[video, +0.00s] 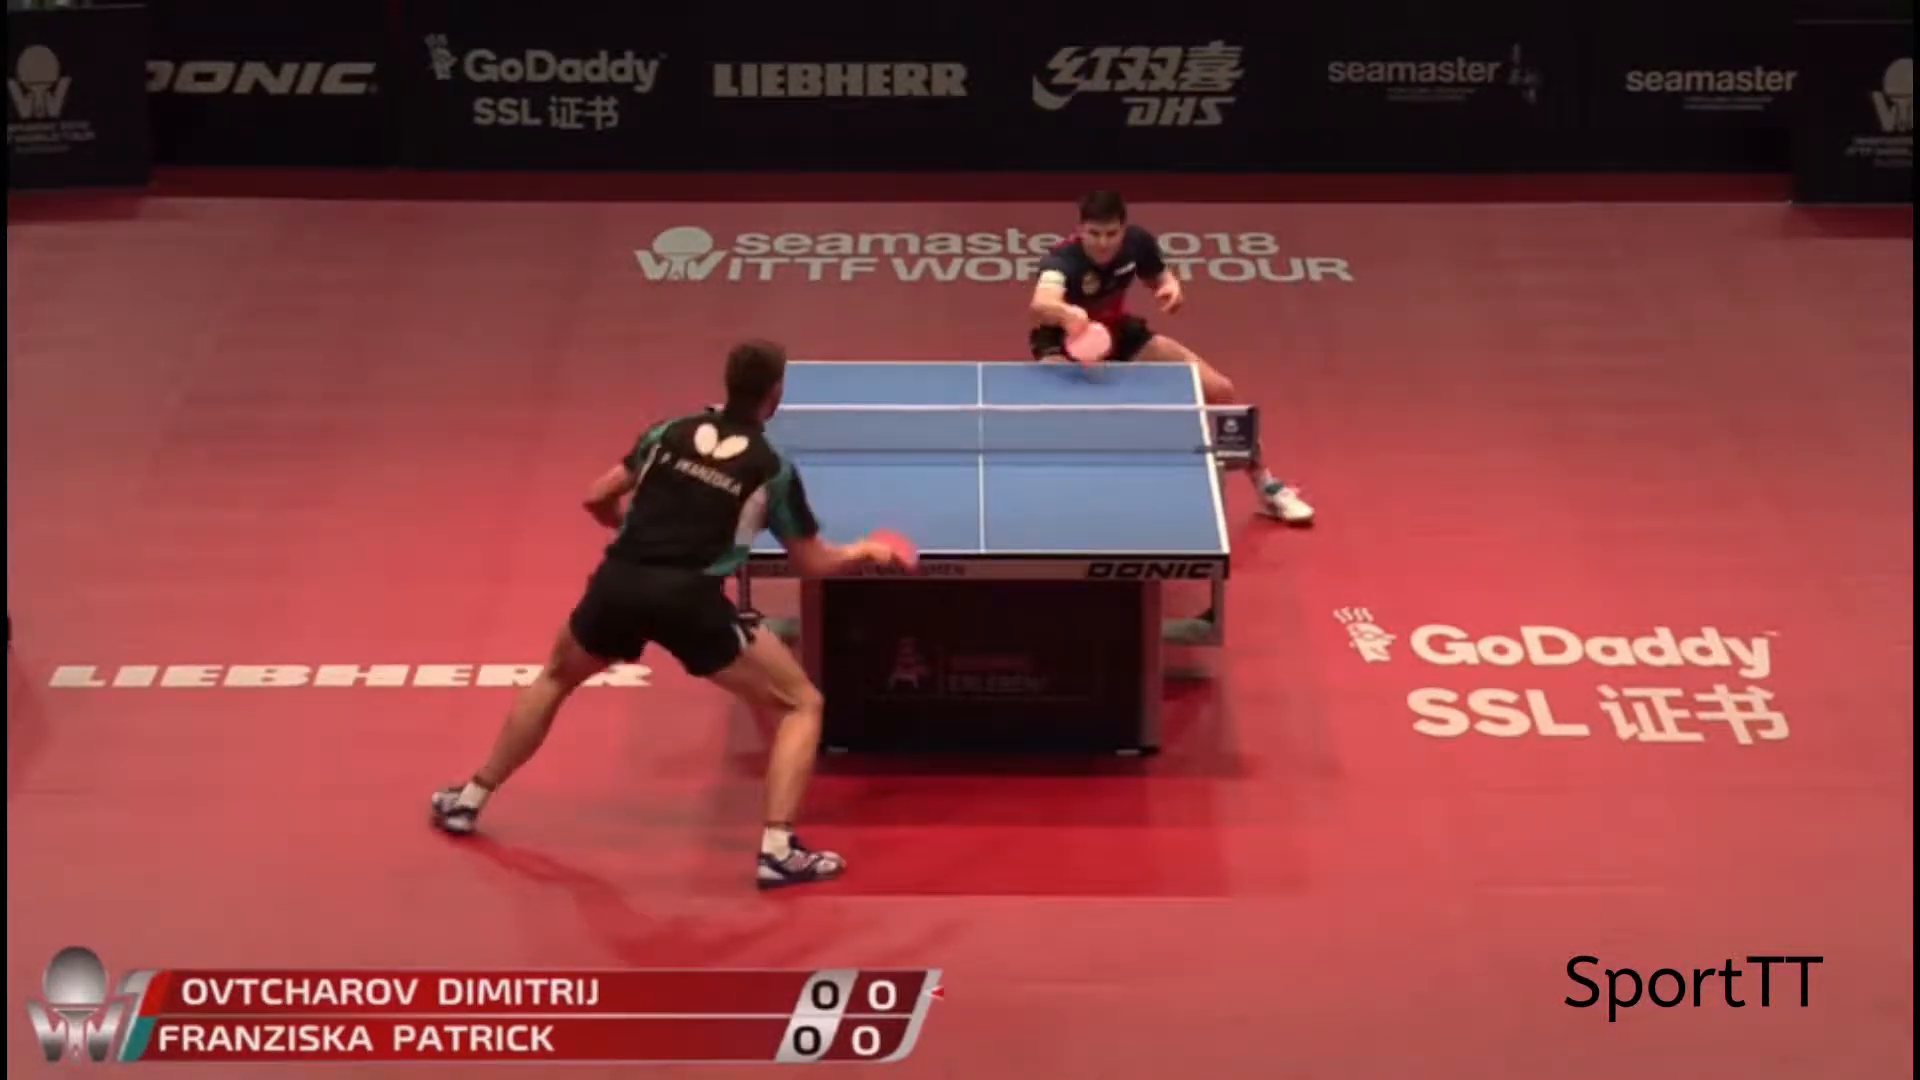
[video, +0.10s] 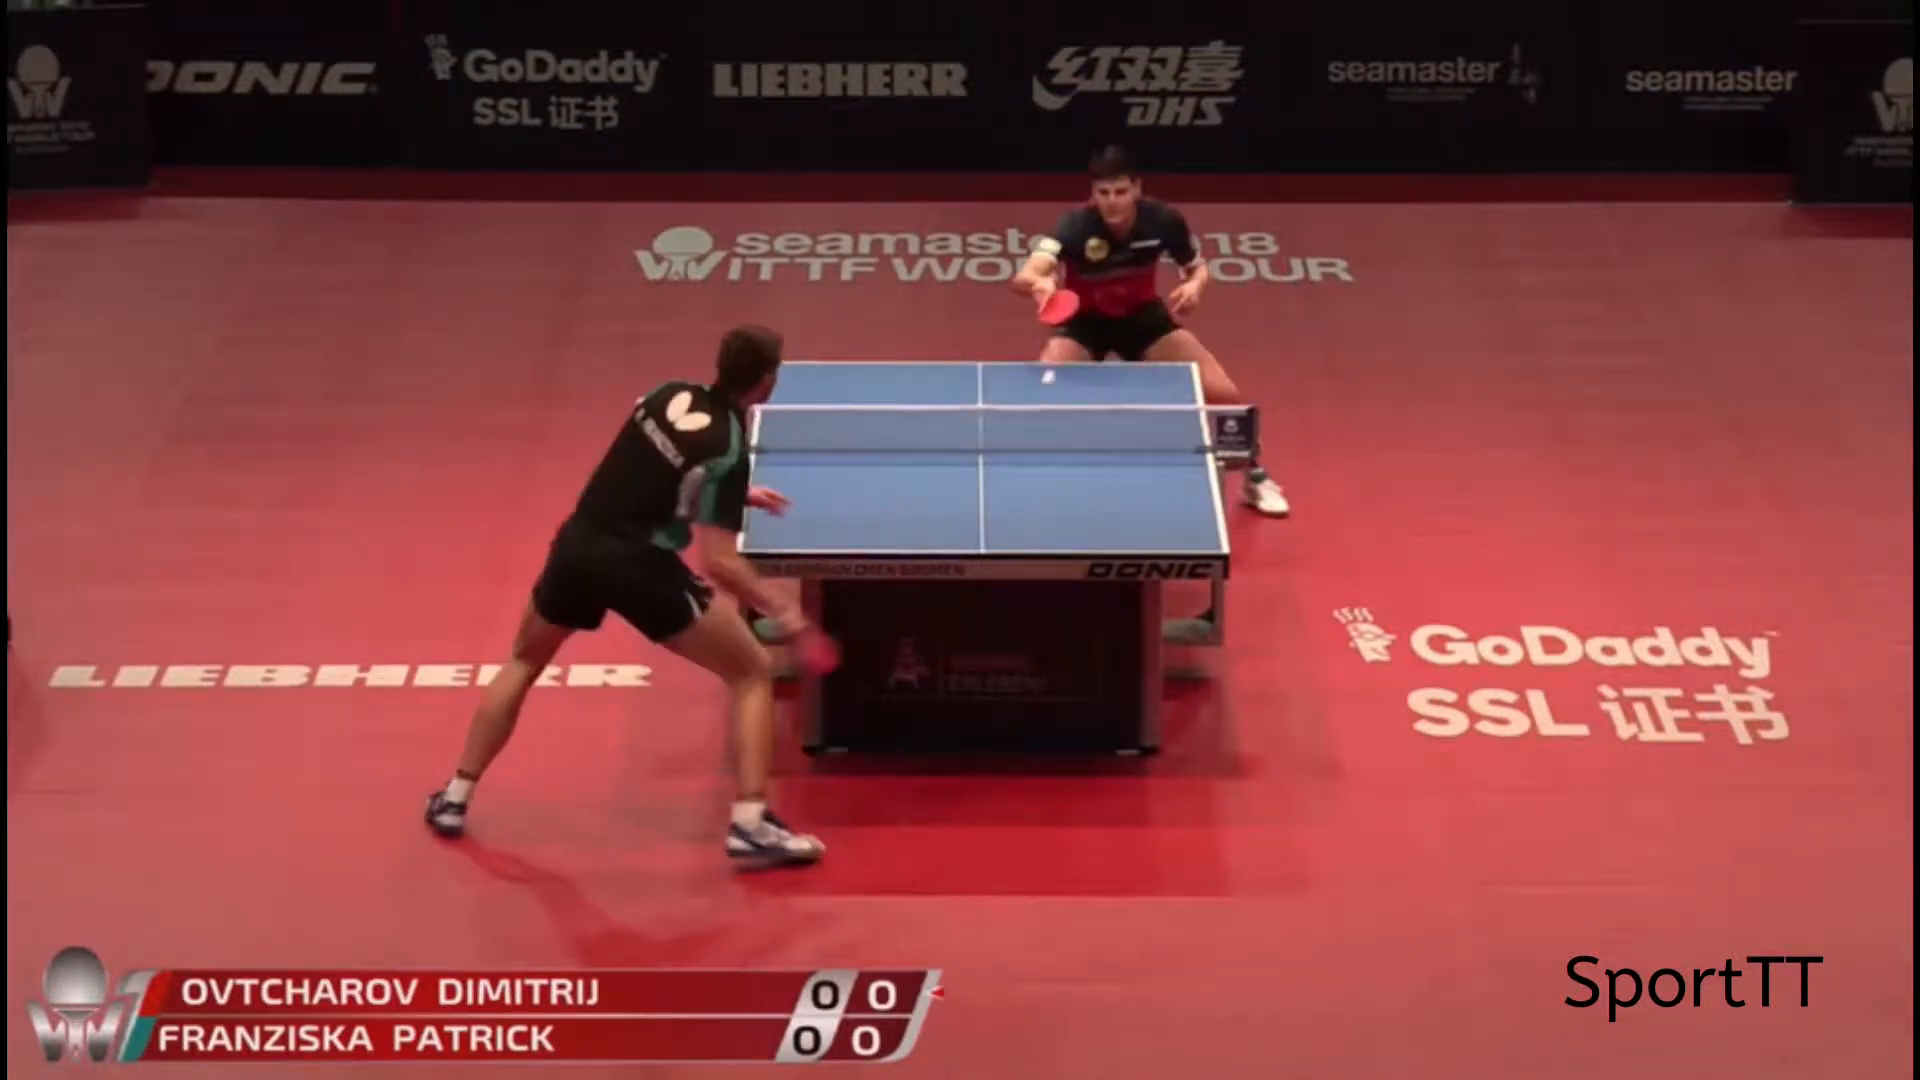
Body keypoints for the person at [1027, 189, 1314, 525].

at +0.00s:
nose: (1103, 243)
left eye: (1110, 234)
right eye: (1094, 234)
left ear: (1122, 228)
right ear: (1080, 230)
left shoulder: (1137, 244)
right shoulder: (1064, 257)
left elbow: (1162, 280)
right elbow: (1040, 304)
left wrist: (1171, 292)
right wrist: (1068, 315)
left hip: (1116, 332)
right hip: (1063, 339)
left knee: (1219, 389)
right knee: (1058, 403)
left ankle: (1266, 486)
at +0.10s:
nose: (1112, 202)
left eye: (1120, 192)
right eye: (1103, 193)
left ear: (1137, 189)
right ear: (1092, 194)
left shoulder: (1164, 222)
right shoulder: (1077, 225)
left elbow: (1198, 268)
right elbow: (1024, 277)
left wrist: (1194, 286)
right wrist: (1040, 283)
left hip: (1144, 321)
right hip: (1084, 324)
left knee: (1222, 391)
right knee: (1047, 386)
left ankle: (1256, 478)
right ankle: (1041, 488)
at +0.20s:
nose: (1112, 202)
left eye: (1120, 192)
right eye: (1103, 193)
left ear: (1137, 189)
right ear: (1092, 192)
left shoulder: (1164, 222)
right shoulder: (1077, 225)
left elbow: (1198, 269)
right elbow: (1024, 277)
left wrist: (1193, 286)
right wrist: (1040, 284)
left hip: (1145, 322)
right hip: (1084, 324)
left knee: (1223, 392)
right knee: (1045, 388)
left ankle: (1256, 477)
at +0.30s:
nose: (1116, 192)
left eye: (1125, 181)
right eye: (1108, 183)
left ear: (1142, 177)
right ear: (1096, 183)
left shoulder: (1173, 212)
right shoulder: (1082, 216)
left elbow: (1209, 259)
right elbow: (1034, 270)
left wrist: (1201, 285)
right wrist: (1041, 281)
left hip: (1154, 312)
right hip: (1092, 312)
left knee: (1215, 394)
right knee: (1034, 378)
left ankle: (1272, 475)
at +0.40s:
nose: (1115, 187)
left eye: (1123, 176)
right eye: (1106, 179)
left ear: (1141, 173)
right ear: (1096, 179)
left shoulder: (1174, 209)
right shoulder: (1085, 213)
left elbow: (1215, 256)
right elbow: (1038, 265)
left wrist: (1204, 284)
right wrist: (1041, 277)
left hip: (1159, 316)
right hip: (1095, 315)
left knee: (1211, 395)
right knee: (1034, 364)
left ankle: (1273, 475)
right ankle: (1023, 473)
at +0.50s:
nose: (1097, 181)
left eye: (1105, 171)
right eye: (1089, 172)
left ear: (1123, 167)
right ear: (1079, 173)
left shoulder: (1159, 204)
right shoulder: (1068, 210)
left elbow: (1205, 250)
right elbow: (1016, 261)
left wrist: (1185, 264)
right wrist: (1033, 267)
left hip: (1146, 315)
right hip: (1081, 314)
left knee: (1202, 393)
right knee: (1020, 382)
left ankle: (1273, 475)